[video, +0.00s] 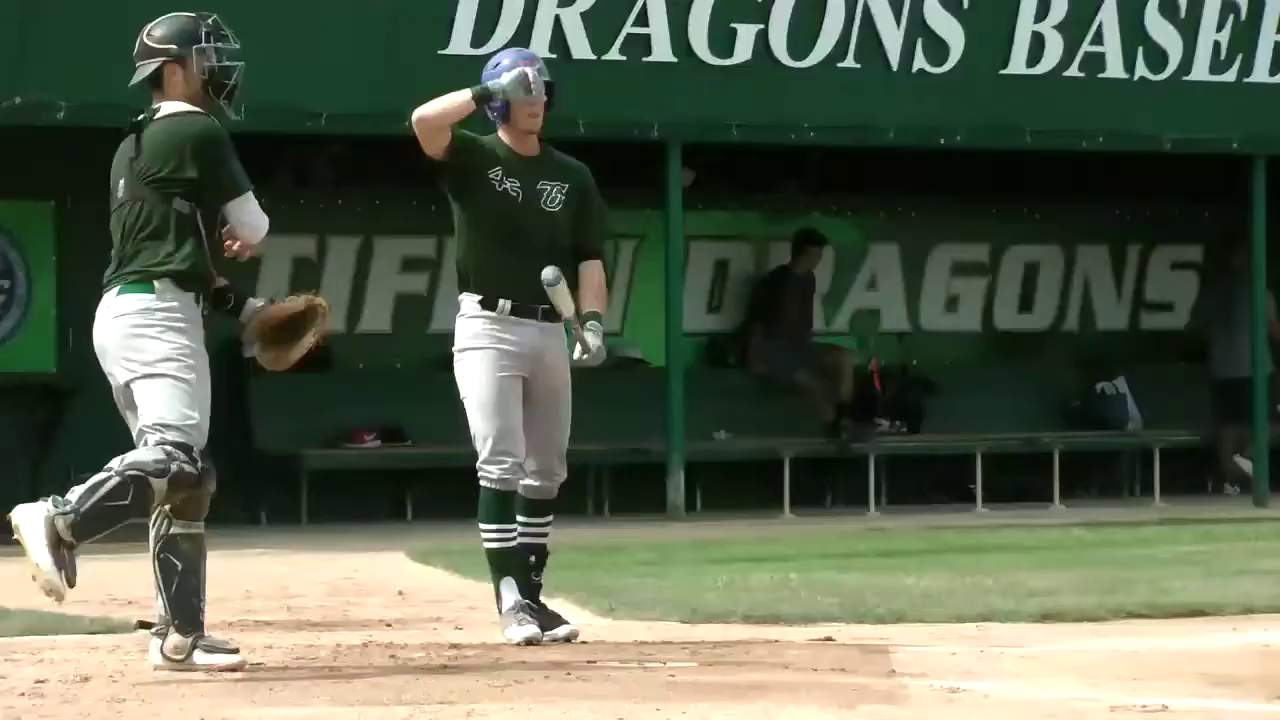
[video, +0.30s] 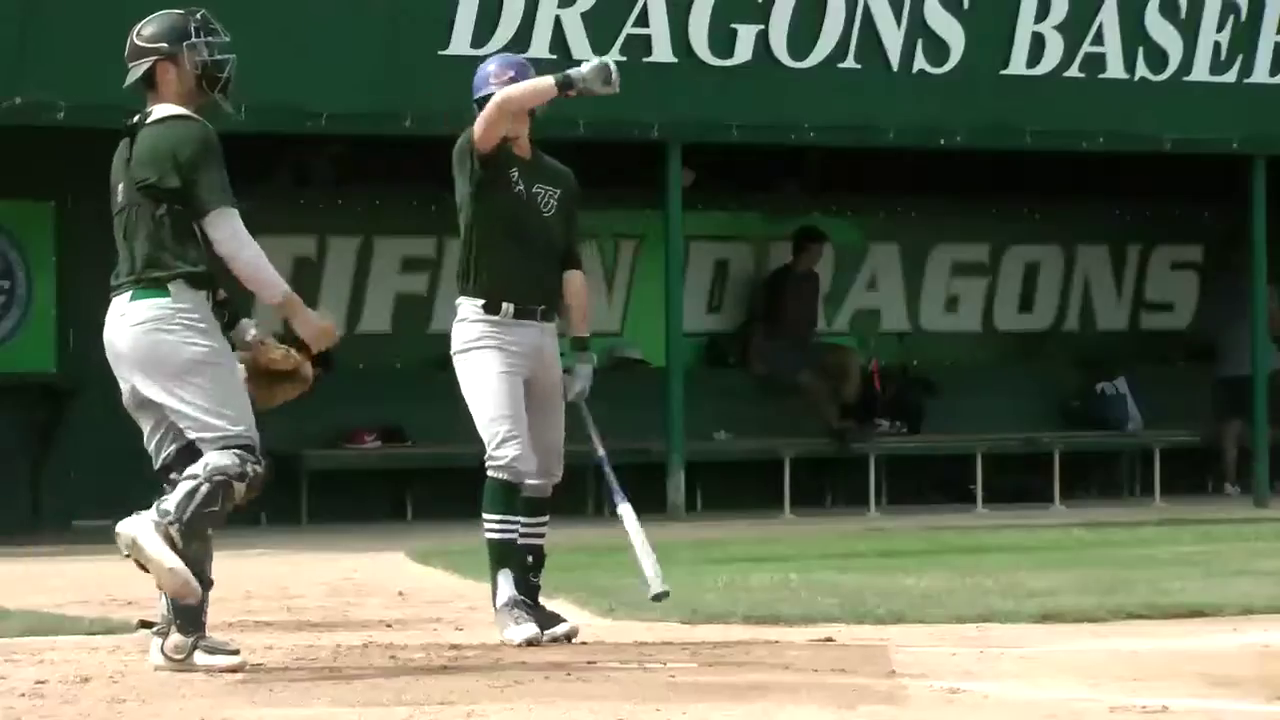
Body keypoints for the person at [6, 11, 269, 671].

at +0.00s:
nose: (218, 69)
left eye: (215, 58)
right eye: (207, 59)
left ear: (161, 73)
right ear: (176, 67)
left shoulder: (129, 147)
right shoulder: (200, 128)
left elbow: (168, 255)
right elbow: (253, 229)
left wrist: (243, 307)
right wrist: (225, 245)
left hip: (120, 313)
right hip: (158, 308)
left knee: (187, 477)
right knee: (175, 453)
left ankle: (181, 633)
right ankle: (58, 520)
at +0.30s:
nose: (213, 72)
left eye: (210, 59)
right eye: (201, 61)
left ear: (155, 72)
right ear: (168, 67)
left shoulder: (135, 141)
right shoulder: (187, 132)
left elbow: (170, 262)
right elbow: (229, 241)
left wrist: (240, 335)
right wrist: (296, 308)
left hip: (129, 319)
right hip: (171, 315)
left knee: (187, 476)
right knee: (240, 458)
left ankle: (181, 632)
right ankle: (162, 524)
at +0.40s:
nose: (208, 69)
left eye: (206, 58)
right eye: (196, 59)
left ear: (150, 72)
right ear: (162, 67)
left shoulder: (128, 144)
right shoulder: (183, 133)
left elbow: (145, 243)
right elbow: (218, 236)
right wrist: (264, 319)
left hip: (128, 322)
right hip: (176, 318)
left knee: (185, 473)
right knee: (251, 458)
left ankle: (179, 633)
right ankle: (163, 556)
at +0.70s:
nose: (185, 64)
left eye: (181, 54)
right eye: (172, 56)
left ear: (139, 70)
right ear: (138, 67)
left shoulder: (148, 135)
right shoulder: (139, 135)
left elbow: (111, 247)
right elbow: (123, 237)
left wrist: (101, 344)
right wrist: (141, 322)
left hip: (174, 322)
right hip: (170, 325)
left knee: (200, 484)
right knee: (195, 483)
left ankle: (183, 634)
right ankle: (74, 582)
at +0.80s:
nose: (170, 67)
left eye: (166, 57)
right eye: (157, 57)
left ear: (127, 70)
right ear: (125, 68)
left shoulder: (147, 141)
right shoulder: (118, 141)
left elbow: (103, 257)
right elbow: (106, 240)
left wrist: (89, 344)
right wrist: (116, 332)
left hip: (188, 329)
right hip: (152, 328)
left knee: (198, 485)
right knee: (161, 489)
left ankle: (183, 636)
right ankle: (53, 598)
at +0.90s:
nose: (149, 65)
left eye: (147, 56)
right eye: (135, 57)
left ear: (119, 72)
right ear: (101, 71)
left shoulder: (137, 144)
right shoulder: (95, 146)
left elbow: (135, 258)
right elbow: (84, 250)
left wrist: (85, 351)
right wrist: (104, 336)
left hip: (177, 331)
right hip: (133, 331)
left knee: (185, 491)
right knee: (124, 494)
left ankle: (182, 638)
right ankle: (30, 613)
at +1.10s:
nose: (107, 84)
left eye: (107, 73)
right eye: (96, 73)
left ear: (74, 79)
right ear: (62, 75)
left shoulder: (97, 151)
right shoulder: (39, 157)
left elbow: (106, 260)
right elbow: (37, 261)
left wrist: (145, 366)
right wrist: (120, 278)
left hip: (124, 333)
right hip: (71, 335)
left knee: (147, 488)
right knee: (53, 496)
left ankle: (178, 634)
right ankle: (6, 636)